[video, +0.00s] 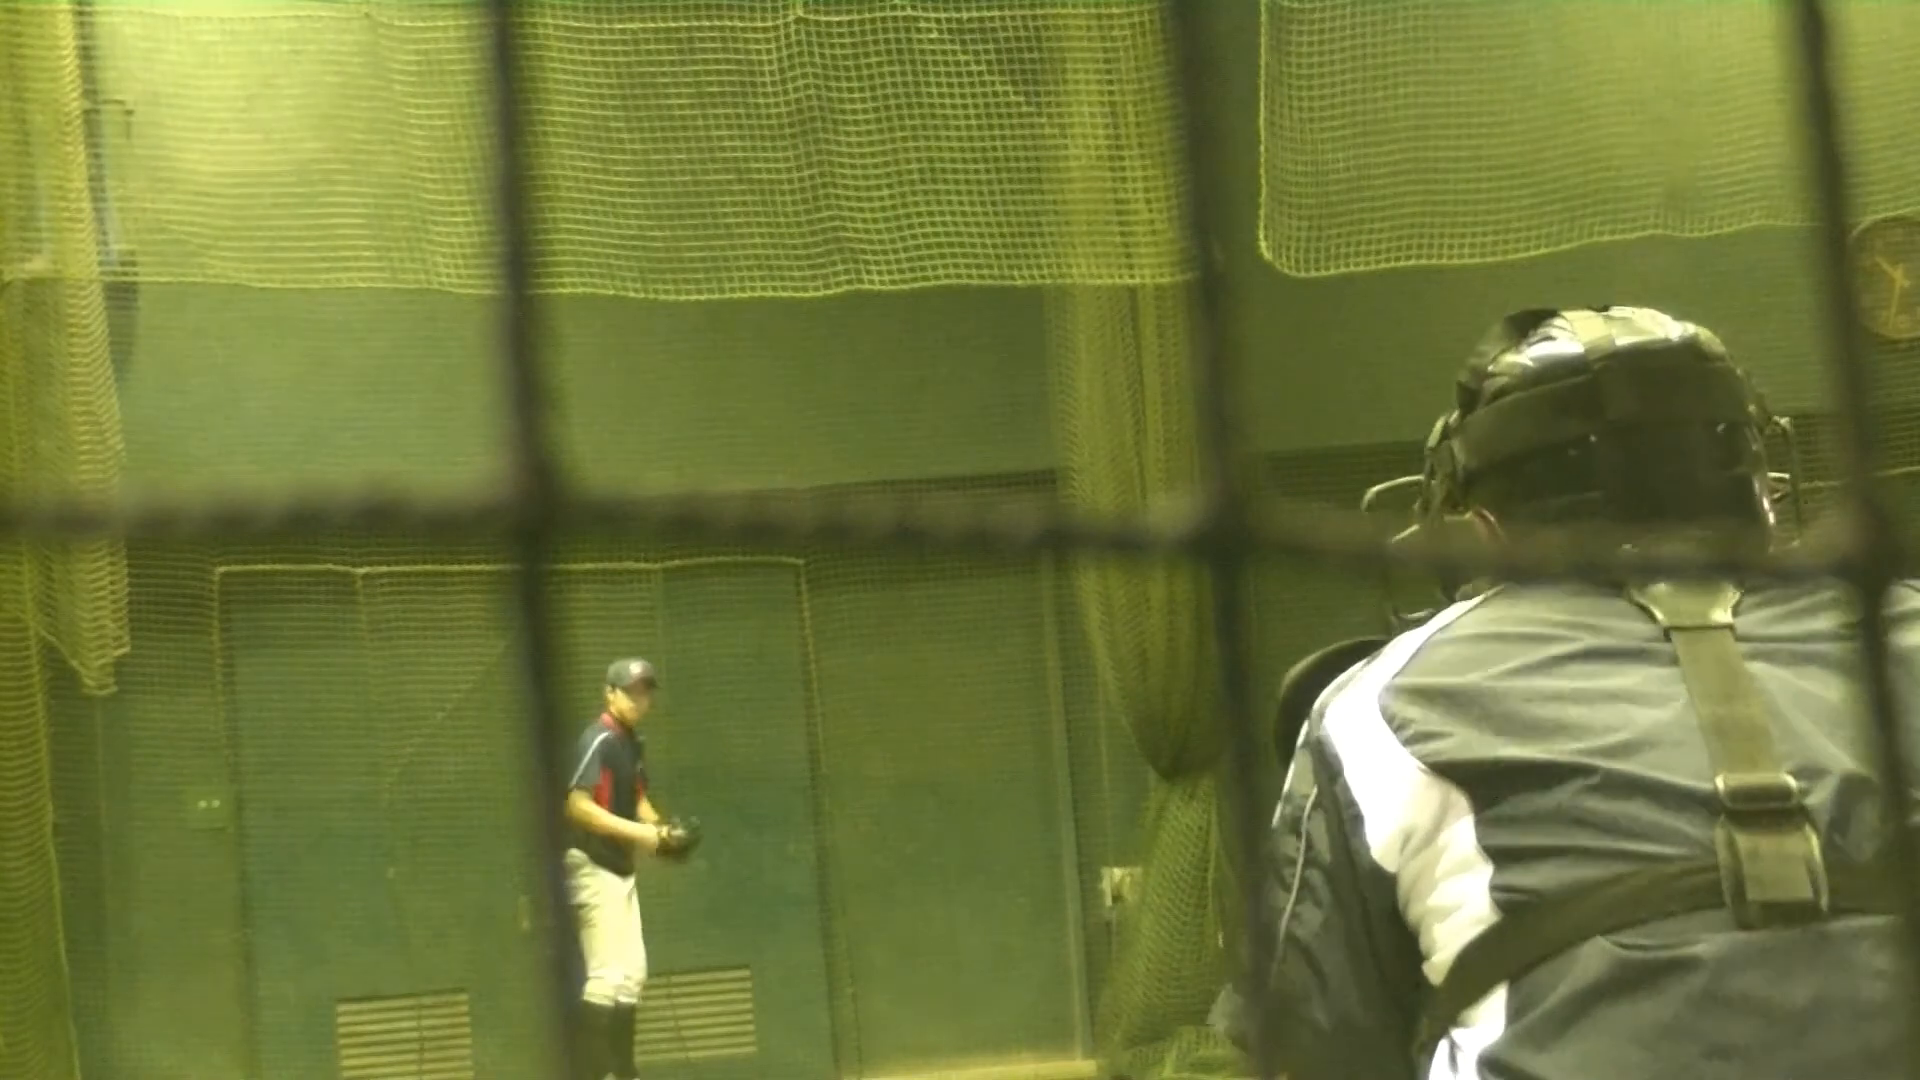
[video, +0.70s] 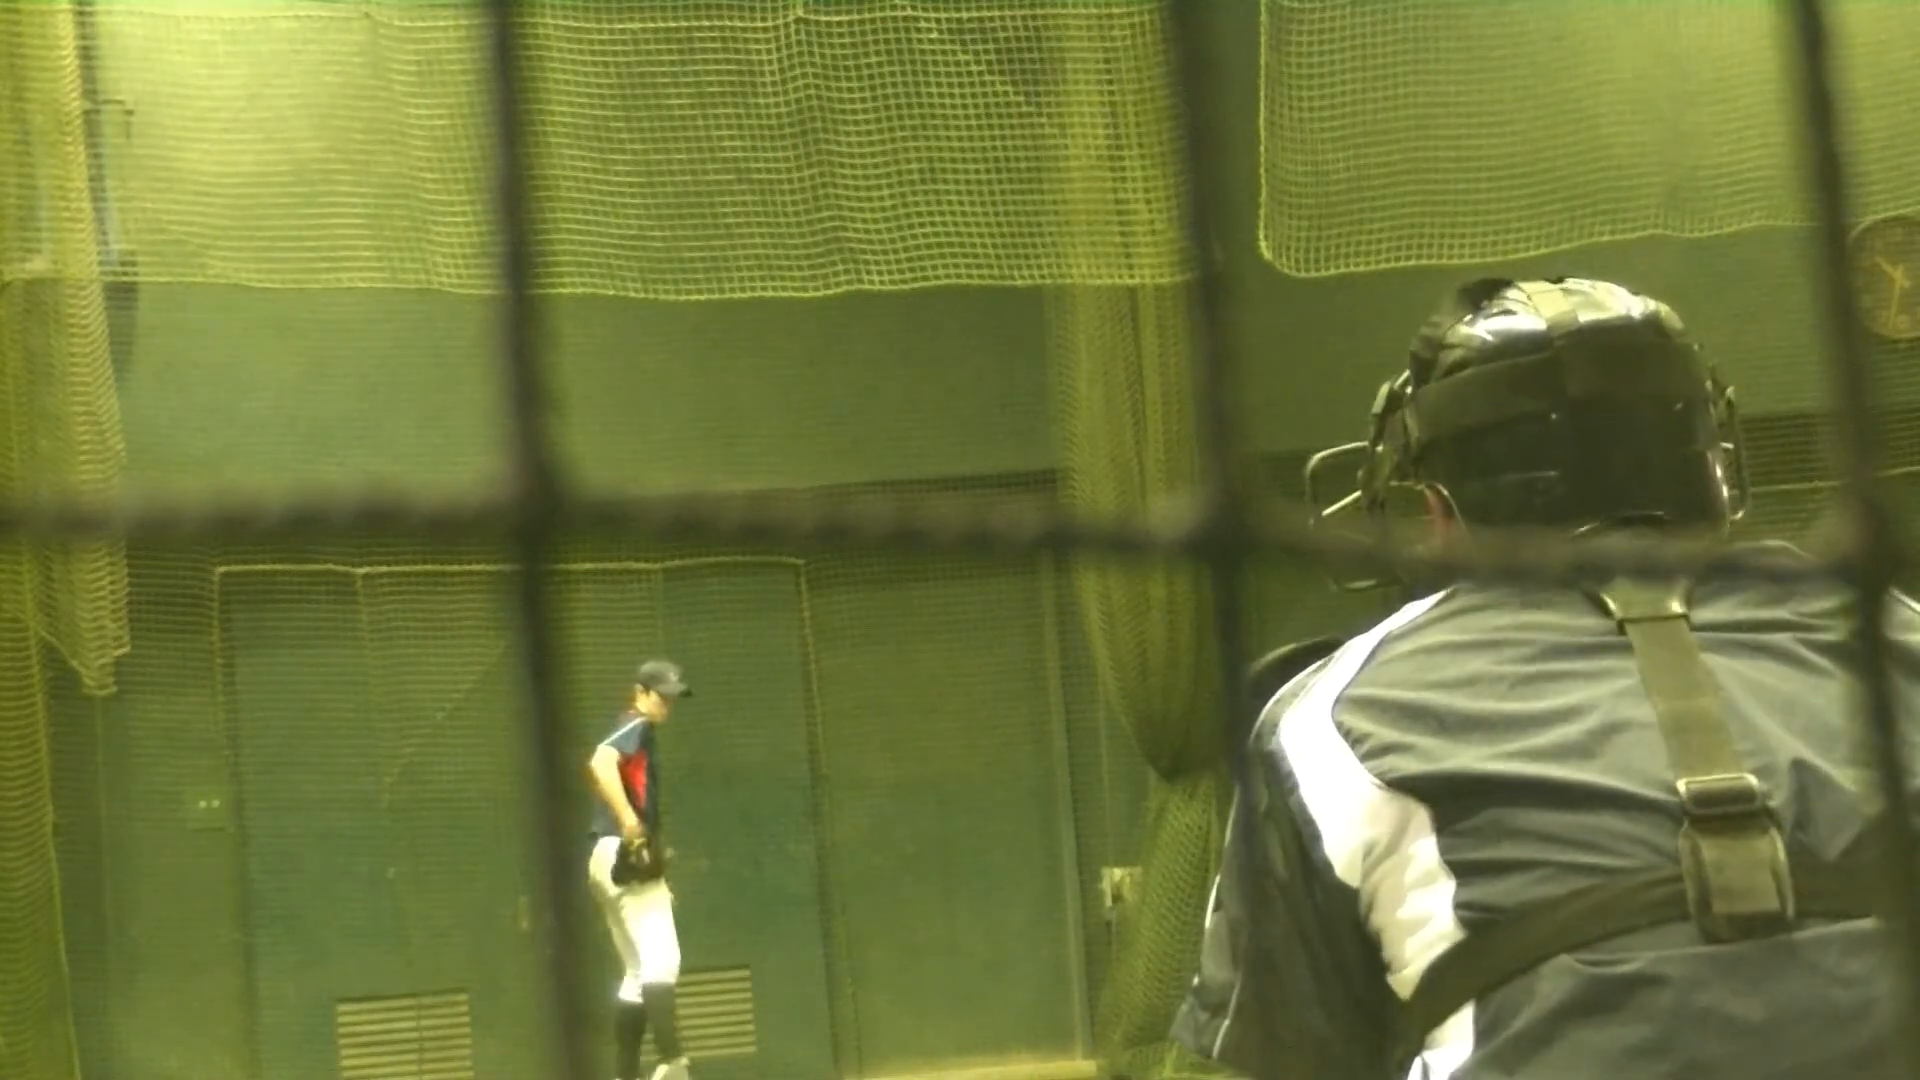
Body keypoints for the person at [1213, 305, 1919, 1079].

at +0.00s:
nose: (1432, 551)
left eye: (1442, 529)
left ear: (1486, 533)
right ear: (1760, 499)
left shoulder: (1372, 710)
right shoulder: (1895, 622)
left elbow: (1311, 1044)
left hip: (1592, 1033)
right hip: (1889, 1023)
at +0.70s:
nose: (1389, 540)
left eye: (1393, 516)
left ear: (1437, 527)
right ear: (1716, 487)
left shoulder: (1319, 722)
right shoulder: (1891, 625)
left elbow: (1281, 1055)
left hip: (1567, 1021)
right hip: (1888, 1009)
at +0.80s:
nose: (1400, 540)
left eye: (1403, 517)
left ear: (1441, 527)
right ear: (1718, 489)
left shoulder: (1324, 722)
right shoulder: (1892, 626)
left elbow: (1280, 1053)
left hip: (1572, 1021)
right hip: (1888, 1007)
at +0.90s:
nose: (1400, 543)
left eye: (1403, 519)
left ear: (1440, 530)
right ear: (1718, 487)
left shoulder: (1331, 723)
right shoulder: (1891, 619)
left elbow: (1284, 1053)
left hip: (1572, 1020)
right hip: (1887, 1007)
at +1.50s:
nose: (1415, 544)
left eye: (1420, 518)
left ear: (1461, 523)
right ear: (1735, 487)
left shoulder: (1347, 713)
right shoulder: (1891, 622)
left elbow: (1294, 1049)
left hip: (1588, 1022)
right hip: (1884, 1016)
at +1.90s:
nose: (1404, 556)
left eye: (1408, 530)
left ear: (1449, 531)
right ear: (1715, 488)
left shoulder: (1338, 720)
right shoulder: (1886, 615)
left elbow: (1294, 1052)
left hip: (1584, 1025)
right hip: (1886, 1012)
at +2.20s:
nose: (1417, 576)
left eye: (1420, 547)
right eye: (1409, 550)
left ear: (1466, 534)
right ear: (1729, 504)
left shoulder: (1369, 719)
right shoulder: (1890, 616)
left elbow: (1312, 1050)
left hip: (1611, 1028)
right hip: (1889, 1020)